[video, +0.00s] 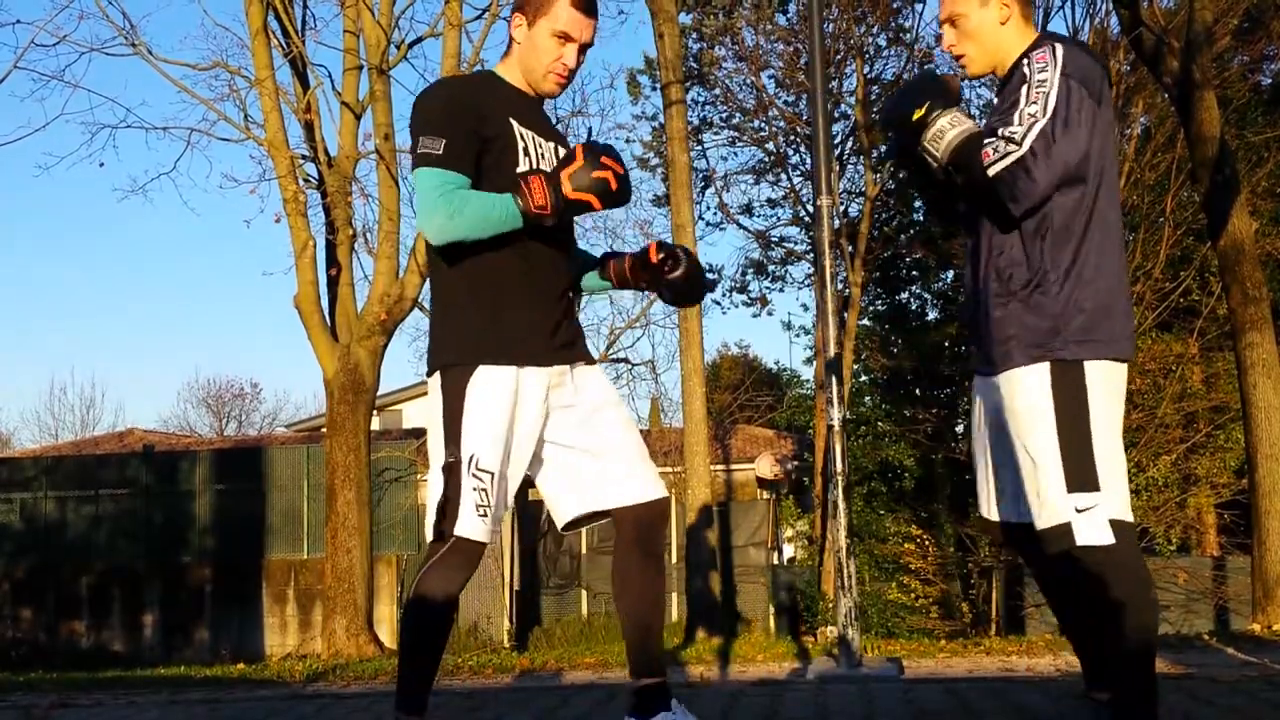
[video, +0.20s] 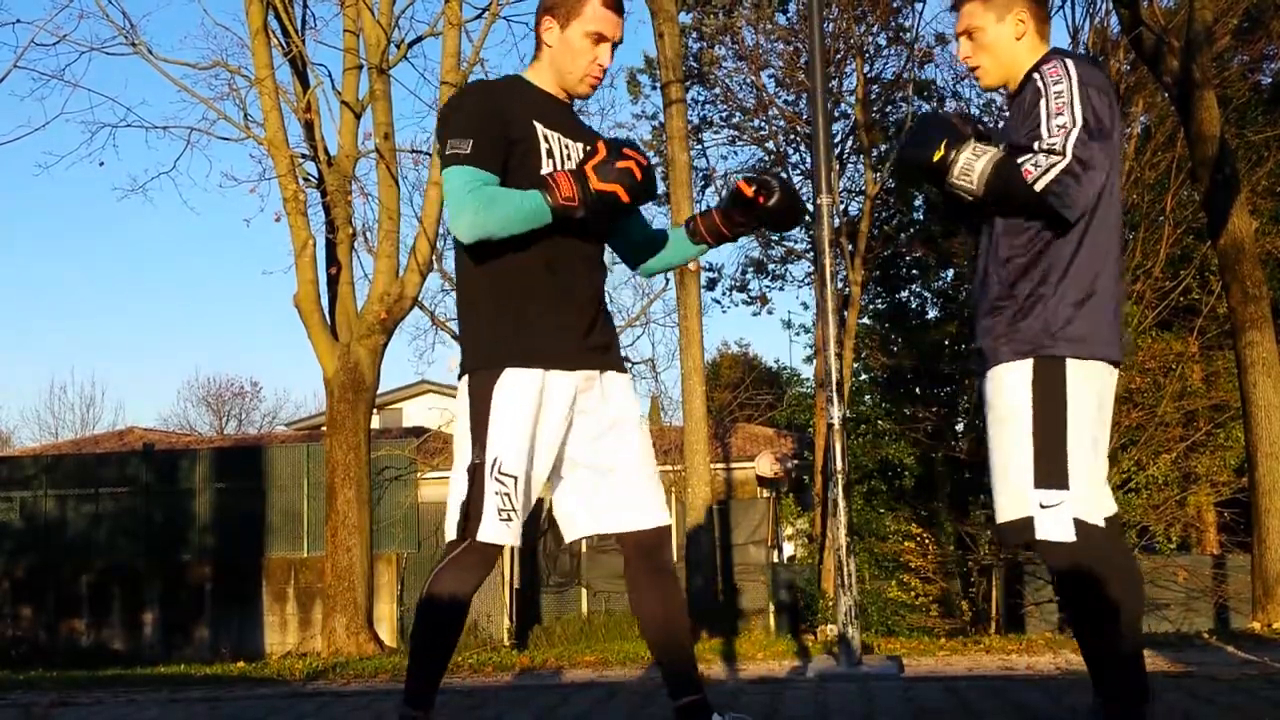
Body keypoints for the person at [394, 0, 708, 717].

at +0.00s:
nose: (572, 60)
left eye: (582, 48)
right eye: (563, 40)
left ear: (584, 50)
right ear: (520, 25)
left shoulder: (556, 137)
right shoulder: (452, 100)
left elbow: (554, 261)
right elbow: (437, 215)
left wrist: (627, 270)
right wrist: (541, 197)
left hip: (565, 358)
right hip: (484, 357)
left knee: (642, 506)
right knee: (463, 537)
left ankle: (652, 702)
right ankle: (408, 715)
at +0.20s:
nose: (607, 60)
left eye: (614, 48)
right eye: (597, 40)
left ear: (602, 50)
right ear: (548, 30)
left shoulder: (591, 143)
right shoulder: (478, 104)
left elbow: (646, 252)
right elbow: (467, 216)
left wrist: (723, 222)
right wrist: (575, 191)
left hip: (597, 360)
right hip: (510, 359)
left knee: (645, 531)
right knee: (481, 539)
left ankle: (692, 705)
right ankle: (415, 708)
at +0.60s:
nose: (714, 57)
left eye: (718, 43)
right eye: (707, 38)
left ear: (682, 38)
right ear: (659, 27)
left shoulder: (695, 139)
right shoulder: (571, 98)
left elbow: (774, 208)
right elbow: (508, 208)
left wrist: (878, 195)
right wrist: (609, 210)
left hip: (671, 358)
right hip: (585, 352)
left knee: (684, 531)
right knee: (578, 521)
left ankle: (699, 709)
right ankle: (525, 703)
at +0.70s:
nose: (722, 53)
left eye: (726, 39)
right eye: (714, 35)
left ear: (679, 33)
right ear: (666, 28)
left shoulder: (702, 136)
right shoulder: (575, 96)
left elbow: (788, 201)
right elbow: (517, 208)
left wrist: (895, 197)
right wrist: (629, 204)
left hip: (672, 353)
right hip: (588, 346)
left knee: (687, 528)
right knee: (581, 519)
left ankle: (699, 708)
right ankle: (519, 701)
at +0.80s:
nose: (716, 50)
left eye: (719, 36)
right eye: (709, 32)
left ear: (678, 29)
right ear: (659, 22)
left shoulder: (698, 130)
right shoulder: (572, 97)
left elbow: (780, 203)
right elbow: (525, 208)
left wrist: (881, 201)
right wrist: (632, 195)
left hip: (675, 353)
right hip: (589, 347)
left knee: (690, 524)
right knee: (573, 515)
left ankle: (700, 710)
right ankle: (496, 701)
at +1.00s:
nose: (686, 43)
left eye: (688, 27)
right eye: (677, 25)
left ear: (639, 23)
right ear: (628, 18)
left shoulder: (669, 131)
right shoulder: (545, 100)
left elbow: (696, 243)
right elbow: (517, 217)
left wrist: (782, 215)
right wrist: (620, 178)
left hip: (659, 355)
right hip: (572, 352)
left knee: (689, 529)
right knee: (545, 526)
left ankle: (701, 711)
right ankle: (461, 704)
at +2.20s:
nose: (619, 74)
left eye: (623, 62)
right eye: (611, 58)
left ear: (579, 58)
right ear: (564, 49)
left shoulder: (593, 157)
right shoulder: (497, 118)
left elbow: (611, 274)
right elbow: (568, 190)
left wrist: (679, 245)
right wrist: (624, 111)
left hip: (576, 375)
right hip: (496, 368)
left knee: (621, 529)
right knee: (455, 532)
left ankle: (618, 707)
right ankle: (379, 699)